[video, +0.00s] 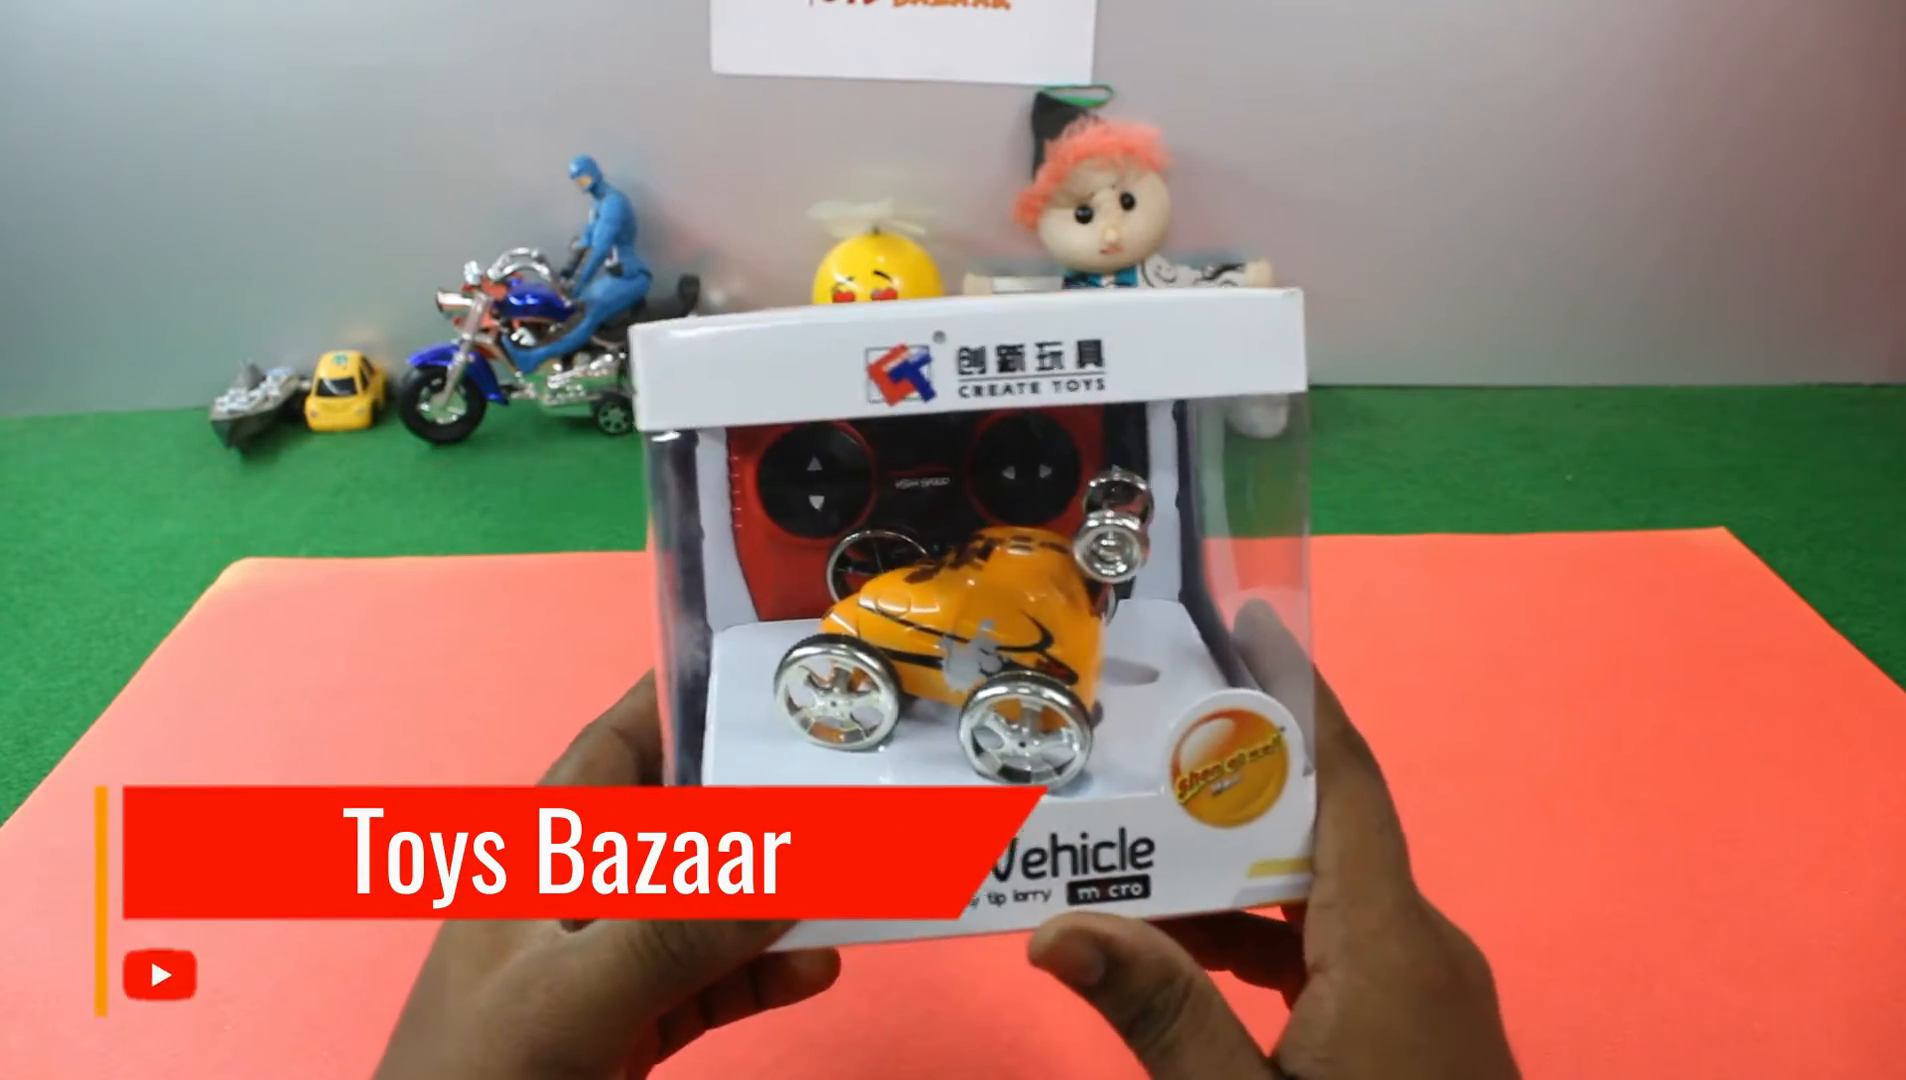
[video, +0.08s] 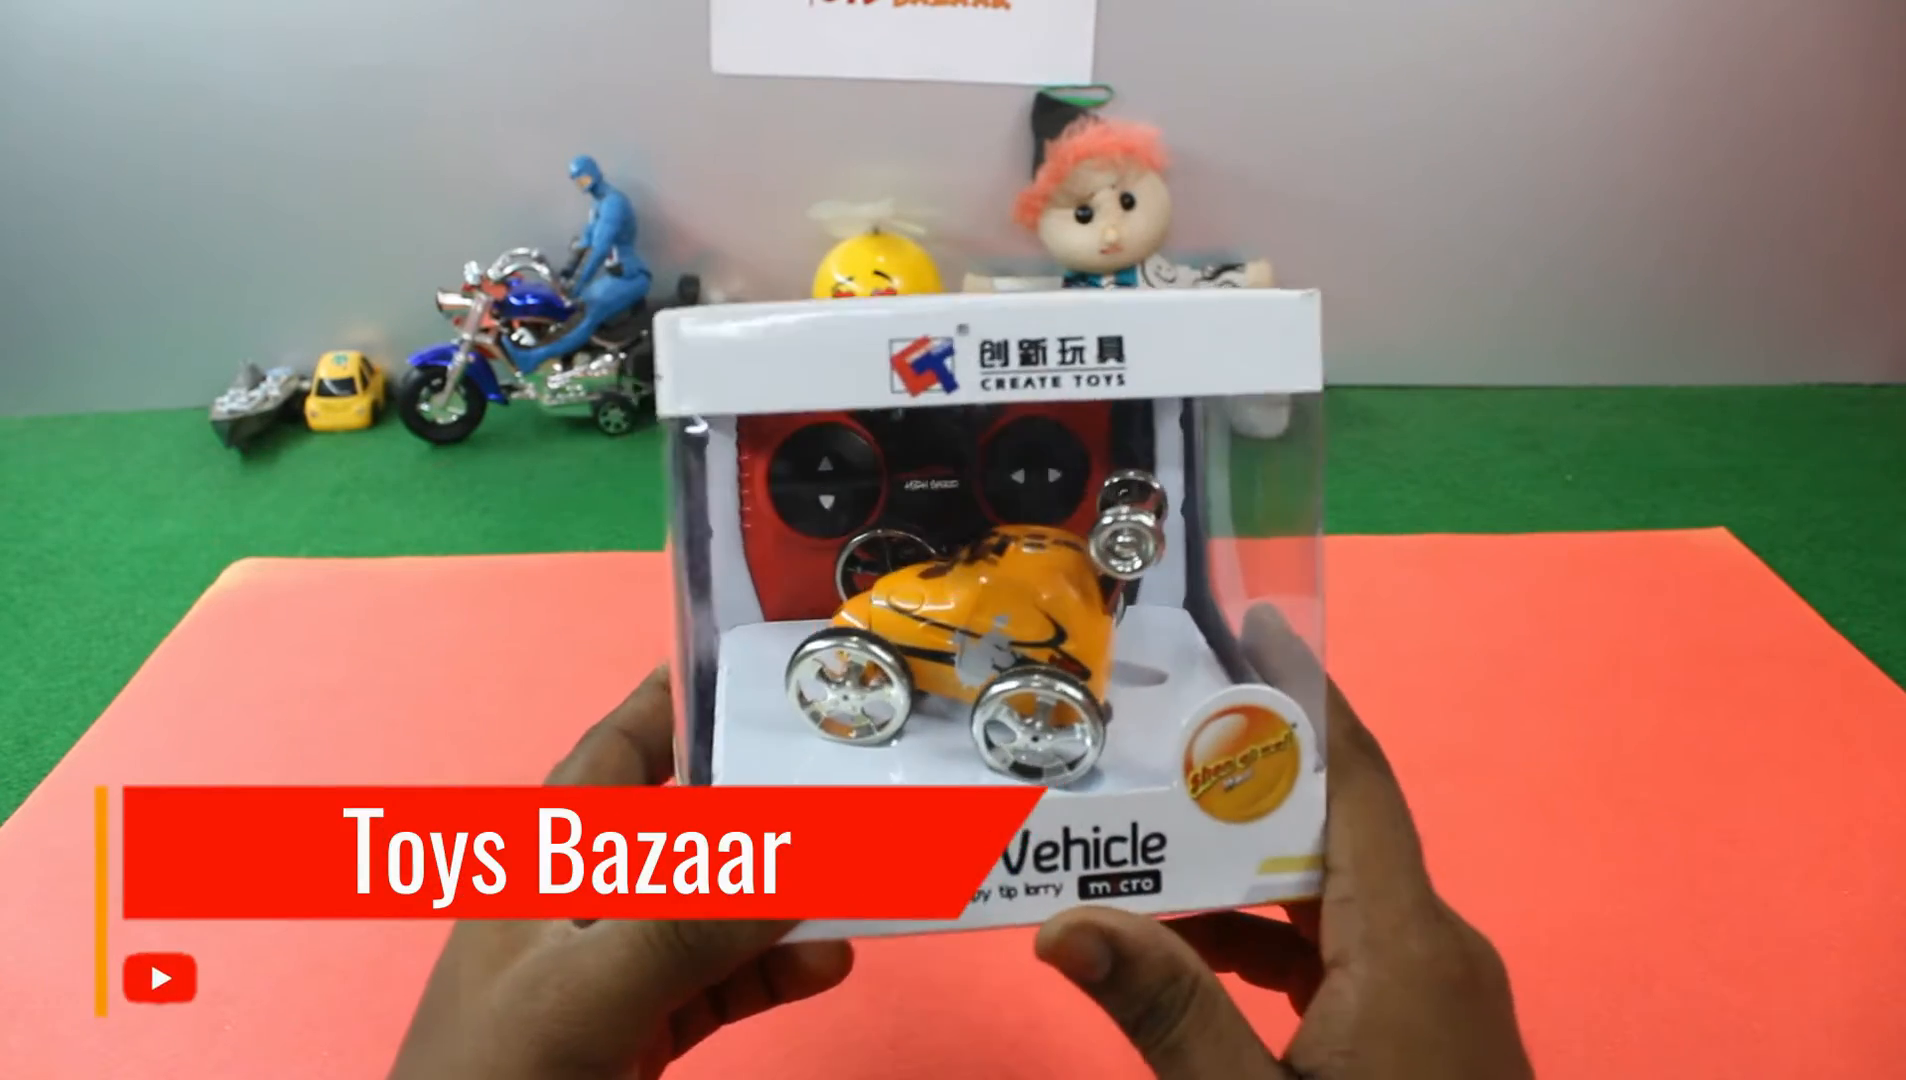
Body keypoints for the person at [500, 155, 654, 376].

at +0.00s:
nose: (581, 184)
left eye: (583, 177)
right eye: (577, 180)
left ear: (594, 174)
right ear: (577, 182)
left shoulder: (614, 203)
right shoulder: (598, 205)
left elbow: (601, 248)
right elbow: (586, 240)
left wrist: (578, 288)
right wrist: (567, 271)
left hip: (632, 277)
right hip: (611, 273)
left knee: (593, 313)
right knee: (577, 303)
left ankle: (533, 358)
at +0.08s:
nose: (581, 184)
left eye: (583, 177)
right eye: (577, 180)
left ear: (594, 174)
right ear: (577, 181)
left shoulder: (613, 203)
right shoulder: (598, 204)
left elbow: (601, 248)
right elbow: (587, 239)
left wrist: (578, 287)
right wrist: (568, 270)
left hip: (632, 276)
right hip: (613, 272)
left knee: (593, 313)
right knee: (577, 302)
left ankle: (533, 358)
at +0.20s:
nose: (581, 184)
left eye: (583, 177)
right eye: (577, 180)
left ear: (594, 174)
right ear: (577, 181)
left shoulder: (613, 203)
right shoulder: (598, 204)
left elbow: (601, 248)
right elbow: (587, 239)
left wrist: (578, 286)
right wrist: (568, 269)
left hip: (631, 276)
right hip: (612, 272)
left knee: (593, 313)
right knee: (577, 302)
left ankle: (533, 358)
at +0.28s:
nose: (581, 184)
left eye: (583, 177)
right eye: (577, 180)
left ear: (594, 174)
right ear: (577, 181)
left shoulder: (614, 203)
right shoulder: (598, 204)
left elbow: (601, 248)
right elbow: (587, 239)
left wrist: (577, 287)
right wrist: (567, 270)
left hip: (630, 276)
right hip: (612, 272)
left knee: (592, 312)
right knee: (577, 302)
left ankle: (533, 358)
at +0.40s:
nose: (581, 184)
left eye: (583, 177)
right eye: (577, 180)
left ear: (594, 174)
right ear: (577, 181)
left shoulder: (614, 203)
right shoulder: (598, 205)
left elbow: (601, 248)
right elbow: (587, 239)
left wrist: (578, 287)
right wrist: (568, 270)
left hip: (632, 277)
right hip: (612, 273)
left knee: (592, 312)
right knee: (577, 302)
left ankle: (533, 358)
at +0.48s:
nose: (581, 184)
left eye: (583, 177)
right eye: (577, 180)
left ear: (594, 174)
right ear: (577, 181)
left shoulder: (614, 203)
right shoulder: (597, 204)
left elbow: (601, 248)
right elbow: (586, 240)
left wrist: (577, 287)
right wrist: (567, 271)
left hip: (631, 277)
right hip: (611, 273)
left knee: (594, 314)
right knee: (577, 304)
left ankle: (533, 358)